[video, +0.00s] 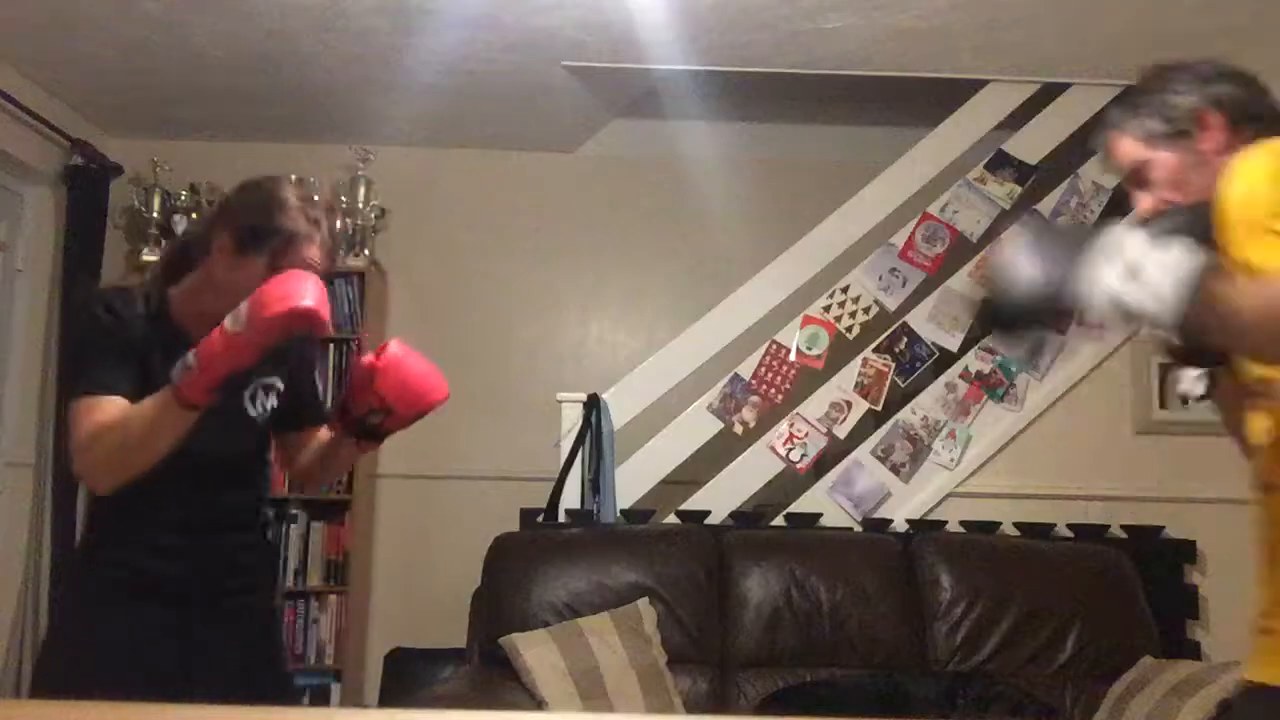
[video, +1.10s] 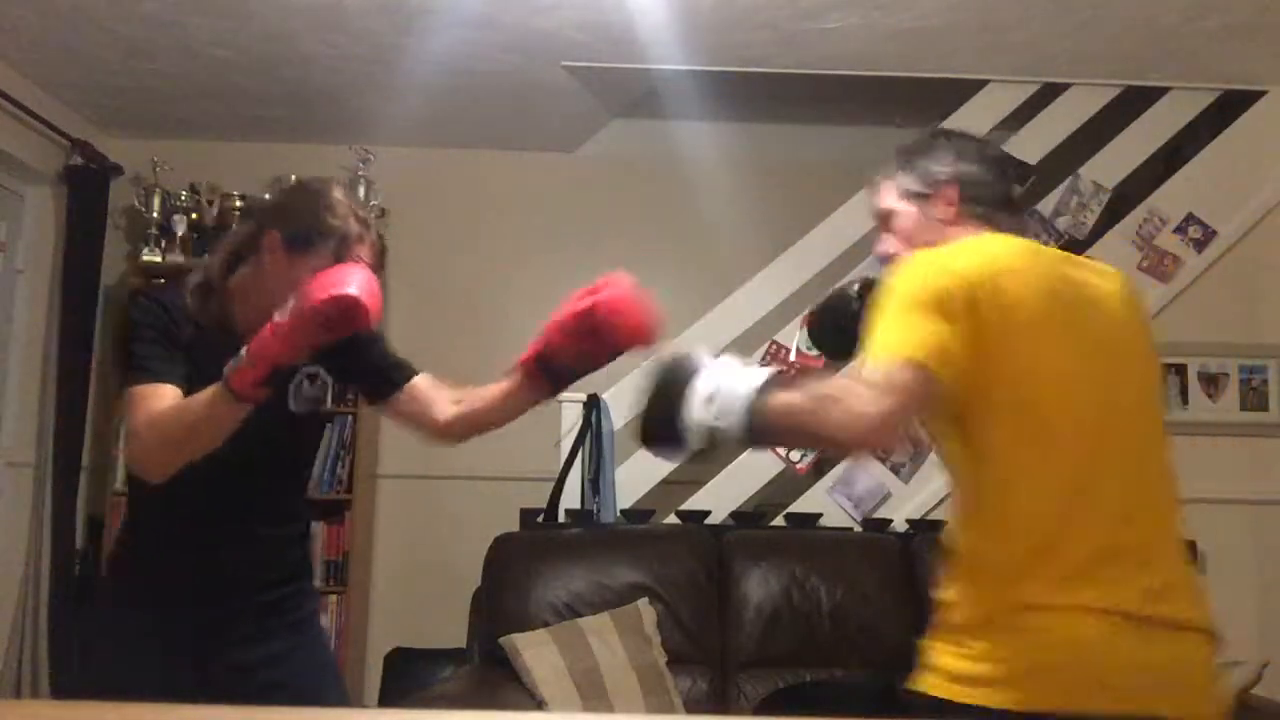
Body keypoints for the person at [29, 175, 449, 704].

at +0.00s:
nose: (288, 296)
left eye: (302, 280)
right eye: (279, 274)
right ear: (225, 250)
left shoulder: (282, 346)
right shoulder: (118, 321)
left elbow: (305, 473)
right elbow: (98, 464)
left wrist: (357, 428)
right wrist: (218, 359)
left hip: (239, 633)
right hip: (121, 632)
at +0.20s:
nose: (355, 273)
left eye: (367, 261)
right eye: (348, 252)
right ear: (291, 223)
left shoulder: (340, 318)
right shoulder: (180, 289)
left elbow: (364, 446)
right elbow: (142, 430)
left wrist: (422, 416)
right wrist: (258, 346)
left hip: (285, 594)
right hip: (167, 588)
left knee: (341, 715)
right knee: (131, 719)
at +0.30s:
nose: (372, 296)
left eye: (387, 285)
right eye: (365, 276)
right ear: (315, 252)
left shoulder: (371, 340)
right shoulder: (213, 322)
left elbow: (453, 459)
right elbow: (185, 449)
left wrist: (512, 400)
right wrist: (295, 351)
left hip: (318, 633)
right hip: (195, 629)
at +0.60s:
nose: (297, 285)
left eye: (312, 275)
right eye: (289, 261)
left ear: (330, 272)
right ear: (257, 240)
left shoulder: (326, 331)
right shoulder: (161, 295)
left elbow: (389, 448)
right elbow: (164, 411)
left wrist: (462, 391)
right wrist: (280, 303)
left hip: (263, 603)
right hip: (149, 599)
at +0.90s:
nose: (319, 278)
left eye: (334, 267)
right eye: (314, 259)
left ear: (341, 264)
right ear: (263, 231)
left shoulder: (330, 320)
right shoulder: (156, 291)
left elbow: (433, 408)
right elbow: (121, 416)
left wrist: (504, 353)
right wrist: (253, 333)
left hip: (277, 612)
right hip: (149, 604)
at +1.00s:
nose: (337, 305)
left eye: (351, 290)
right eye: (330, 281)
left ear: (352, 281)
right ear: (279, 256)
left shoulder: (340, 331)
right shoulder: (175, 318)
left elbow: (483, 389)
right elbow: (142, 446)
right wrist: (268, 355)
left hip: (293, 628)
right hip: (169, 625)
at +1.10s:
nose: (334, 295)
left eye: (347, 278)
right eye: (327, 270)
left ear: (349, 275)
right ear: (273, 248)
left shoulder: (331, 333)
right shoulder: (168, 318)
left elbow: (447, 415)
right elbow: (150, 453)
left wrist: (551, 367)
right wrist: (266, 358)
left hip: (277, 619)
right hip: (157, 618)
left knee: (320, 710)